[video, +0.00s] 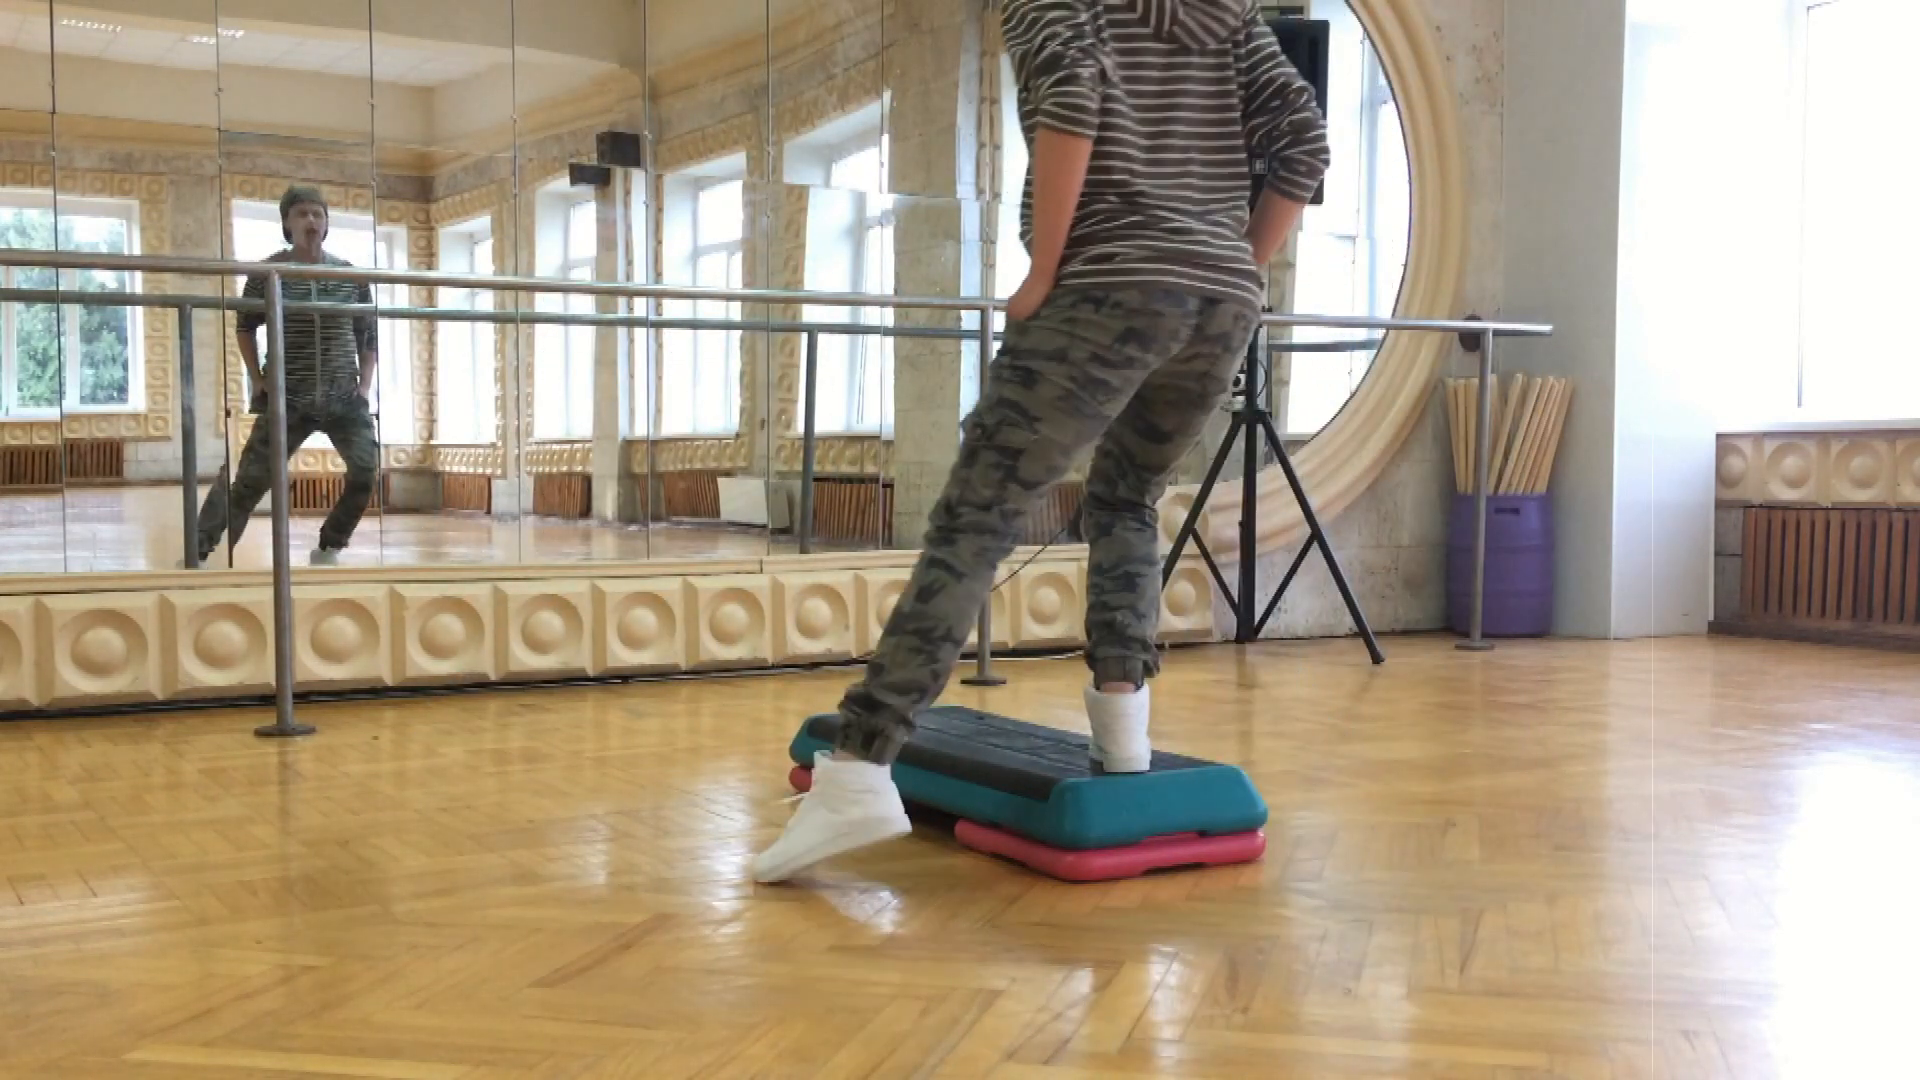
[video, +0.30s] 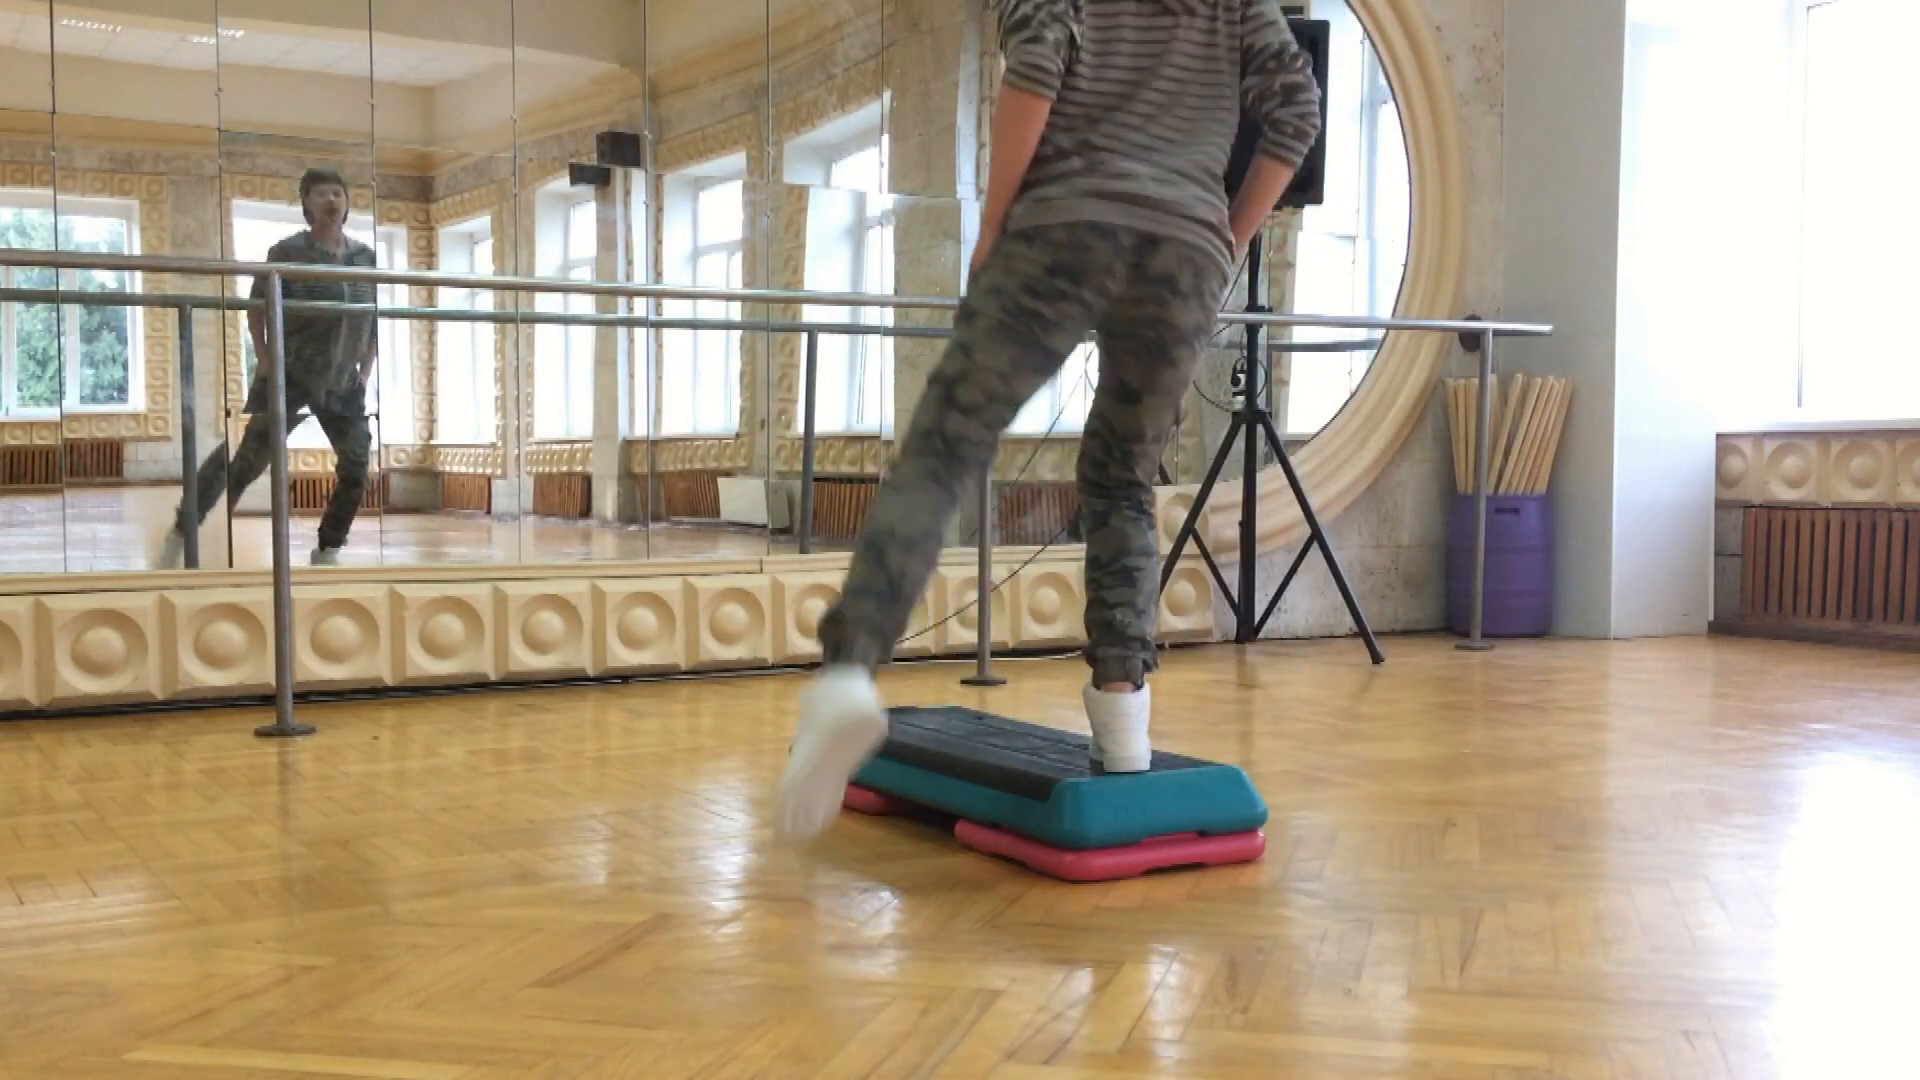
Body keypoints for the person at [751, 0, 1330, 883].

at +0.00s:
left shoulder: (1047, 6)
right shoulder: (1227, 10)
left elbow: (1071, 97)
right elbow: (1303, 142)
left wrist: (1042, 268)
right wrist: (1240, 268)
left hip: (1117, 272)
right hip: (1228, 289)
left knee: (977, 515)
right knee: (1126, 498)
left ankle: (857, 769)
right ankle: (1124, 743)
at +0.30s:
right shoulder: (1241, 6)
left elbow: (1038, 67)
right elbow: (1295, 111)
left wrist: (992, 226)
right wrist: (1231, 238)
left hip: (1070, 216)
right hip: (1192, 245)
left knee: (943, 447)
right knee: (1122, 482)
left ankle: (849, 671)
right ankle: (1122, 720)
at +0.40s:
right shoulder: (1262, 4)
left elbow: (1021, 38)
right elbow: (1293, 73)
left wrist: (982, 179)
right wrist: (1236, 214)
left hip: (1049, 168)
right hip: (1177, 199)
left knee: (928, 390)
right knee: (1138, 458)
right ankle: (1119, 701)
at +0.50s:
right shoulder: (1255, 2)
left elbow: (1007, 37)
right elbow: (1298, 55)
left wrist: (982, 188)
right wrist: (1236, 205)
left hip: (1042, 159)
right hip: (1171, 186)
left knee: (918, 384)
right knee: (1149, 460)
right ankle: (1086, 702)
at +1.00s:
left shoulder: (1024, 1)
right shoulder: (1235, 5)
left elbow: (996, 69)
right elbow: (1264, 86)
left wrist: (970, 207)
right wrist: (1221, 232)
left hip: (1017, 191)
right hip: (1146, 214)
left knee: (955, 429)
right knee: (1139, 483)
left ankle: (825, 435)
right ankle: (1079, 712)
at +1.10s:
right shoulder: (1226, 3)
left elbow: (977, 40)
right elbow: (1238, 70)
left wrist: (958, 174)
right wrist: (1203, 217)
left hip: (998, 166)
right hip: (1127, 178)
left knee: (1008, 398)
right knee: (1115, 454)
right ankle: (1079, 704)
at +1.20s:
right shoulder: (1210, 5)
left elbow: (959, 28)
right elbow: (1219, 68)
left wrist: (955, 169)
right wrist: (1187, 216)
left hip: (994, 165)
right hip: (1127, 177)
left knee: (1015, 409)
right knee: (1108, 449)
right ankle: (1078, 706)